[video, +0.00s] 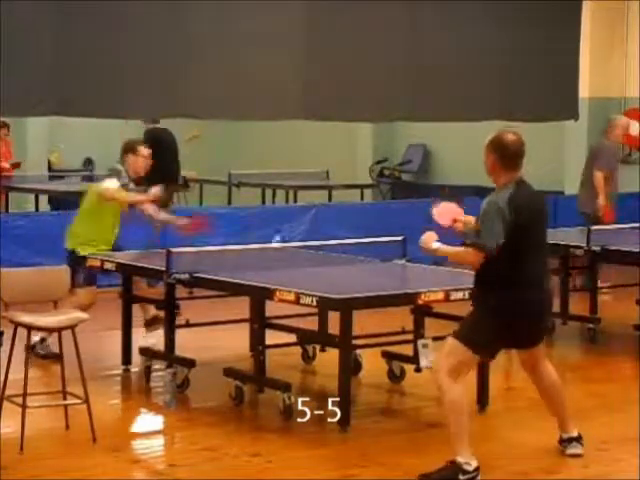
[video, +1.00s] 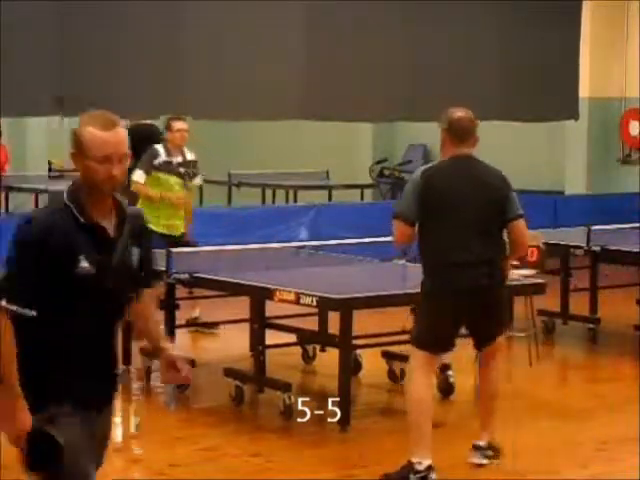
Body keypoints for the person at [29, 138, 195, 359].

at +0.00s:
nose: (147, 164)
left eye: (148, 159)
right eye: (143, 158)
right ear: (128, 158)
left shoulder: (126, 186)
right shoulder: (110, 180)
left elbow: (149, 210)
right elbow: (115, 195)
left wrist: (175, 220)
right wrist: (147, 196)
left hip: (104, 245)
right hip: (83, 246)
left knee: (137, 271)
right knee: (84, 297)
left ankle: (149, 315)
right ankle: (41, 337)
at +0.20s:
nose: (189, 172)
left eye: (189, 167)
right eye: (184, 166)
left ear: (179, 168)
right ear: (170, 168)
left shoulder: (179, 191)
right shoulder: (151, 179)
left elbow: (209, 194)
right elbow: (160, 186)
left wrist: (243, 196)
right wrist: (195, 180)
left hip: (128, 241)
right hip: (108, 232)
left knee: (152, 281)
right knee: (92, 277)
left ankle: (149, 325)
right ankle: (61, 312)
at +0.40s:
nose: (202, 156)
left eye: (203, 151)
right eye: (197, 151)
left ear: (202, 155)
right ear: (184, 154)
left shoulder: (196, 181)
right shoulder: (169, 169)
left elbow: (219, 204)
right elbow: (174, 199)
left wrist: (245, 221)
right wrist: (206, 204)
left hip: (162, 230)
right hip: (138, 223)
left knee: (170, 271)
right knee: (124, 270)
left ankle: (159, 307)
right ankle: (96, 318)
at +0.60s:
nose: (213, 163)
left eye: (215, 158)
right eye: (209, 158)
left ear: (215, 161)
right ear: (196, 160)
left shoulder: (206, 184)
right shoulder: (184, 178)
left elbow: (204, 214)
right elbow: (172, 209)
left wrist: (208, 236)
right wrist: (194, 235)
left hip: (183, 240)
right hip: (160, 239)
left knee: (197, 277)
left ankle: (197, 314)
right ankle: (117, 323)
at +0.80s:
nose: (208, 151)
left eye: (210, 147)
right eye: (203, 147)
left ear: (212, 150)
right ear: (192, 149)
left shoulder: (204, 174)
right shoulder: (179, 167)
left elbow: (195, 206)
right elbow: (161, 198)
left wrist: (191, 229)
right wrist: (181, 227)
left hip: (184, 233)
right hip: (162, 230)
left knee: (195, 273)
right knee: (158, 279)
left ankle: (198, 313)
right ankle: (134, 312)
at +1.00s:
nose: (183, 136)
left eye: (185, 131)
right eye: (179, 131)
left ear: (187, 135)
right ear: (168, 134)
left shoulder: (189, 158)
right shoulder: (154, 153)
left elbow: (189, 195)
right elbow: (136, 183)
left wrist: (188, 225)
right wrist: (166, 196)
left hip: (178, 225)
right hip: (154, 224)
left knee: (190, 269)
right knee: (156, 275)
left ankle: (194, 314)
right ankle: (146, 318)